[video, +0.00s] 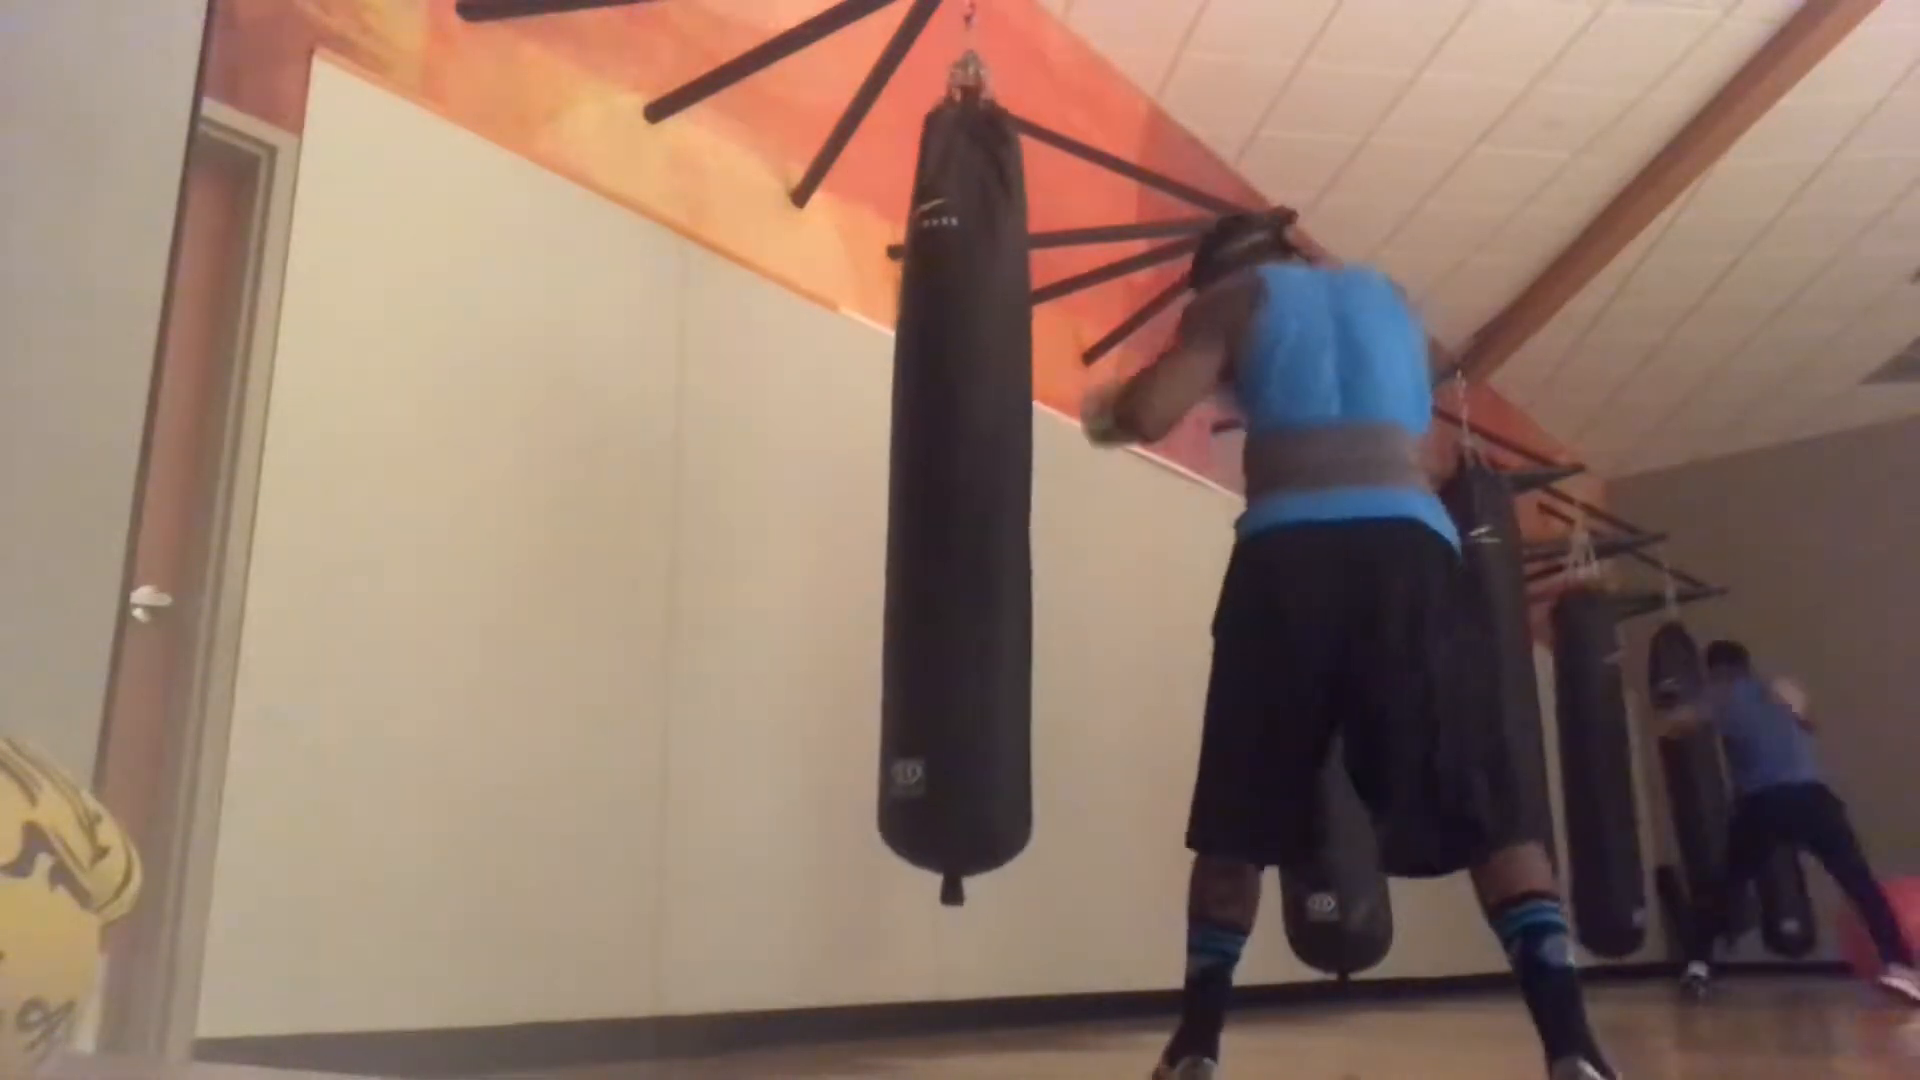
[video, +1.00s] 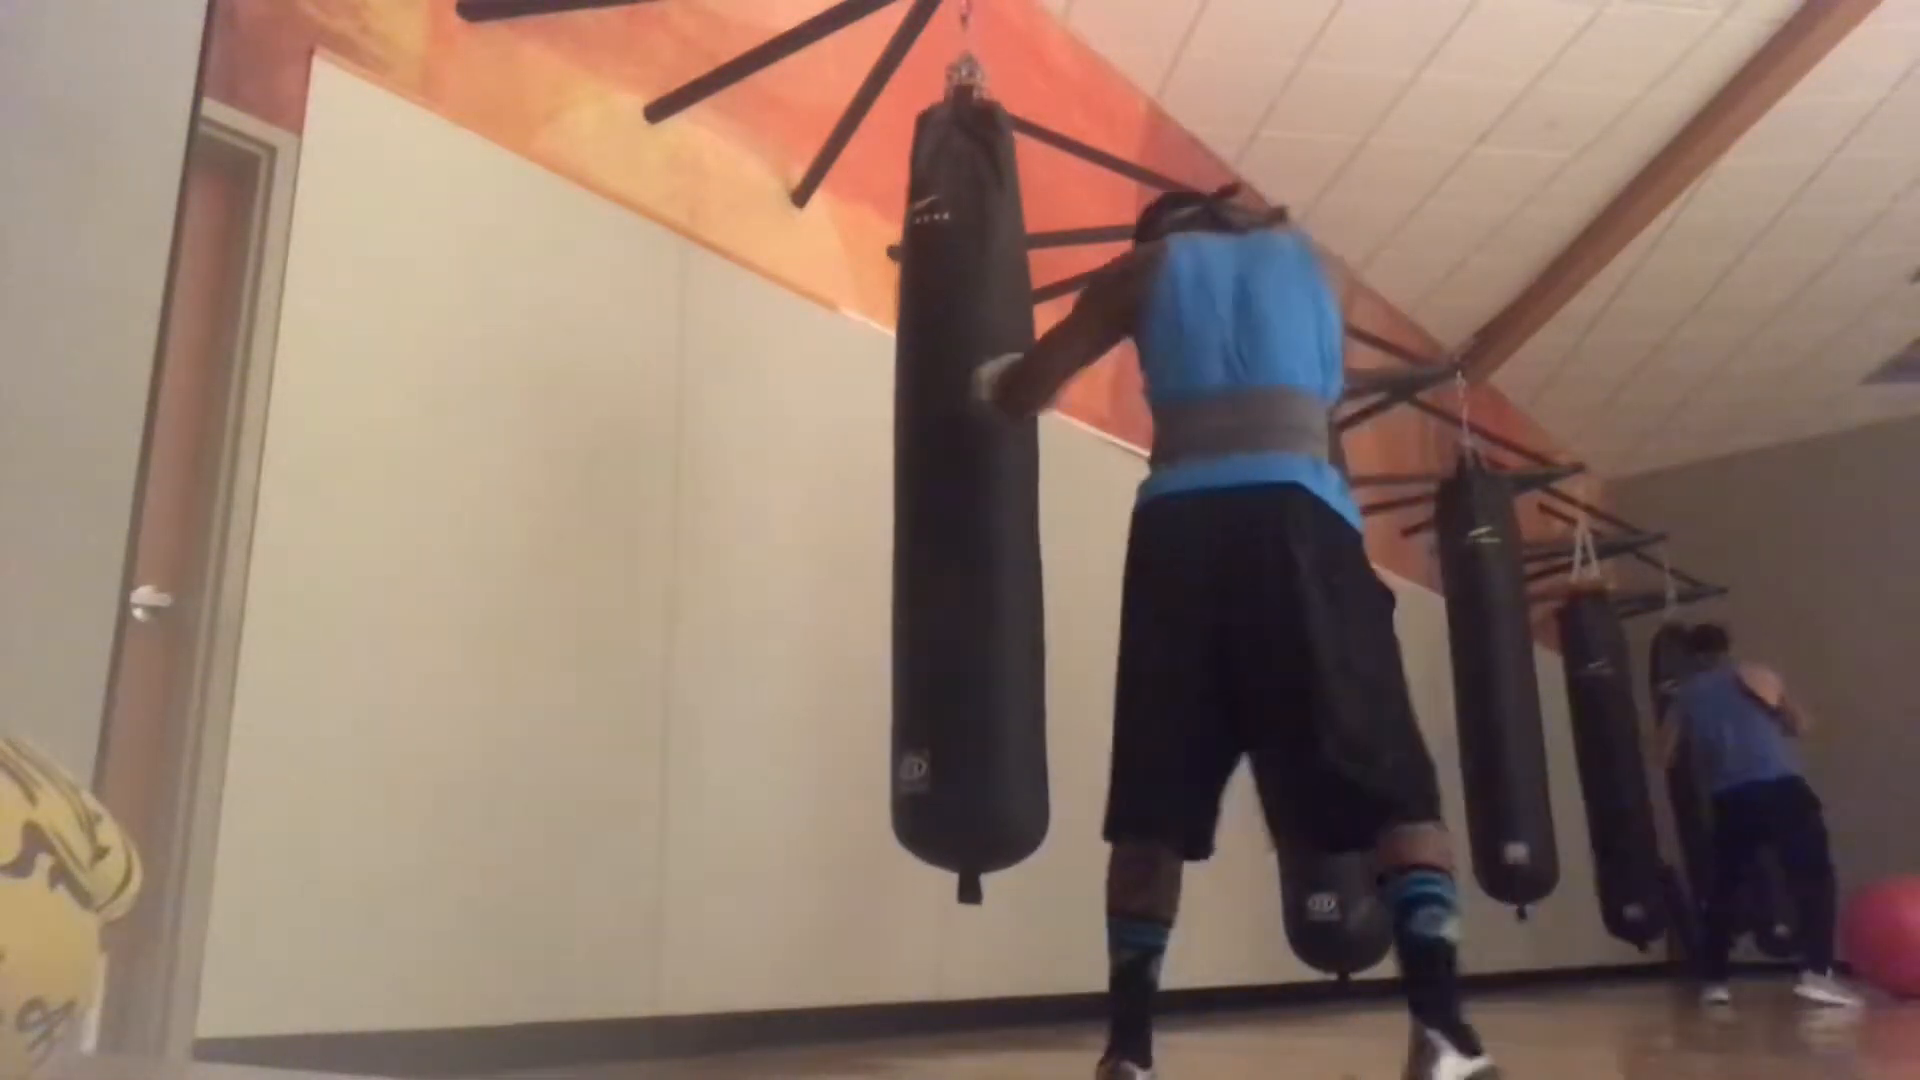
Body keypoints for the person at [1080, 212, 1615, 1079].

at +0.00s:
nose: (1207, 311)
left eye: (1209, 298)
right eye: (1204, 302)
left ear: (1224, 274)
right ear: (1292, 248)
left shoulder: (1234, 295)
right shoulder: (1392, 300)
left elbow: (1148, 412)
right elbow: (1445, 366)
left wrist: (1108, 411)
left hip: (1284, 568)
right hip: (1413, 564)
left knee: (1236, 812)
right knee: (1486, 804)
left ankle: (1196, 1043)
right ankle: (1571, 1046)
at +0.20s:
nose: (1213, 284)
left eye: (1213, 269)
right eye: (1212, 273)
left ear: (1234, 243)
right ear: (1295, 225)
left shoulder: (1237, 268)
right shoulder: (1399, 271)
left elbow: (1089, 351)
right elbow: (1425, 412)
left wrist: (1036, 363)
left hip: (1290, 559)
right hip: (1425, 553)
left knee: (1222, 801)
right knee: (1499, 801)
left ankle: (1179, 1037)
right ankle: (1577, 1053)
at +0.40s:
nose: (1190, 267)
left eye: (1190, 253)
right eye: (1192, 254)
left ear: (1203, 237)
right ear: (1277, 219)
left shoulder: (1195, 262)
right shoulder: (1366, 258)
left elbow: (1067, 342)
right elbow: (1432, 358)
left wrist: (987, 368)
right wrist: (1361, 362)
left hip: (1248, 542)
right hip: (1378, 535)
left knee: (1209, 797)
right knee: (1467, 785)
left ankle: (1178, 1049)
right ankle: (1544, 1039)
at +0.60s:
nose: (1205, 267)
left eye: (1206, 251)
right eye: (1207, 253)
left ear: (1227, 231)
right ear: (1290, 214)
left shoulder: (1227, 260)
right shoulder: (1390, 269)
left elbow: (1111, 381)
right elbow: (1382, 401)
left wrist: (1066, 383)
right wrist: (1257, 420)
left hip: (1260, 553)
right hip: (1396, 550)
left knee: (1202, 795)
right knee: (1463, 800)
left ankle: (1171, 1044)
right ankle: (1544, 1054)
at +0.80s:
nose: (1176, 258)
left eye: (1179, 246)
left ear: (1193, 239)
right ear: (1268, 218)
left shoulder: (1175, 266)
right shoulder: (1353, 254)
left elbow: (1040, 368)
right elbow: (1409, 357)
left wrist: (985, 370)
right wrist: (1359, 376)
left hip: (1213, 548)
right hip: (1342, 541)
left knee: (1177, 803)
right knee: (1444, 793)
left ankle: (1129, 1047)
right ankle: (1529, 1046)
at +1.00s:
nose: (1139, 264)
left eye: (1143, 250)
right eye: (1142, 252)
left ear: (1167, 237)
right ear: (1251, 226)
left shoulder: (1150, 266)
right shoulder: (1313, 269)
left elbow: (1030, 384)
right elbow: (1323, 395)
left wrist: (997, 382)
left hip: (1177, 539)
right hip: (1303, 536)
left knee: (1151, 798)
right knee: (1397, 786)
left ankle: (1127, 1051)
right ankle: (1441, 1028)